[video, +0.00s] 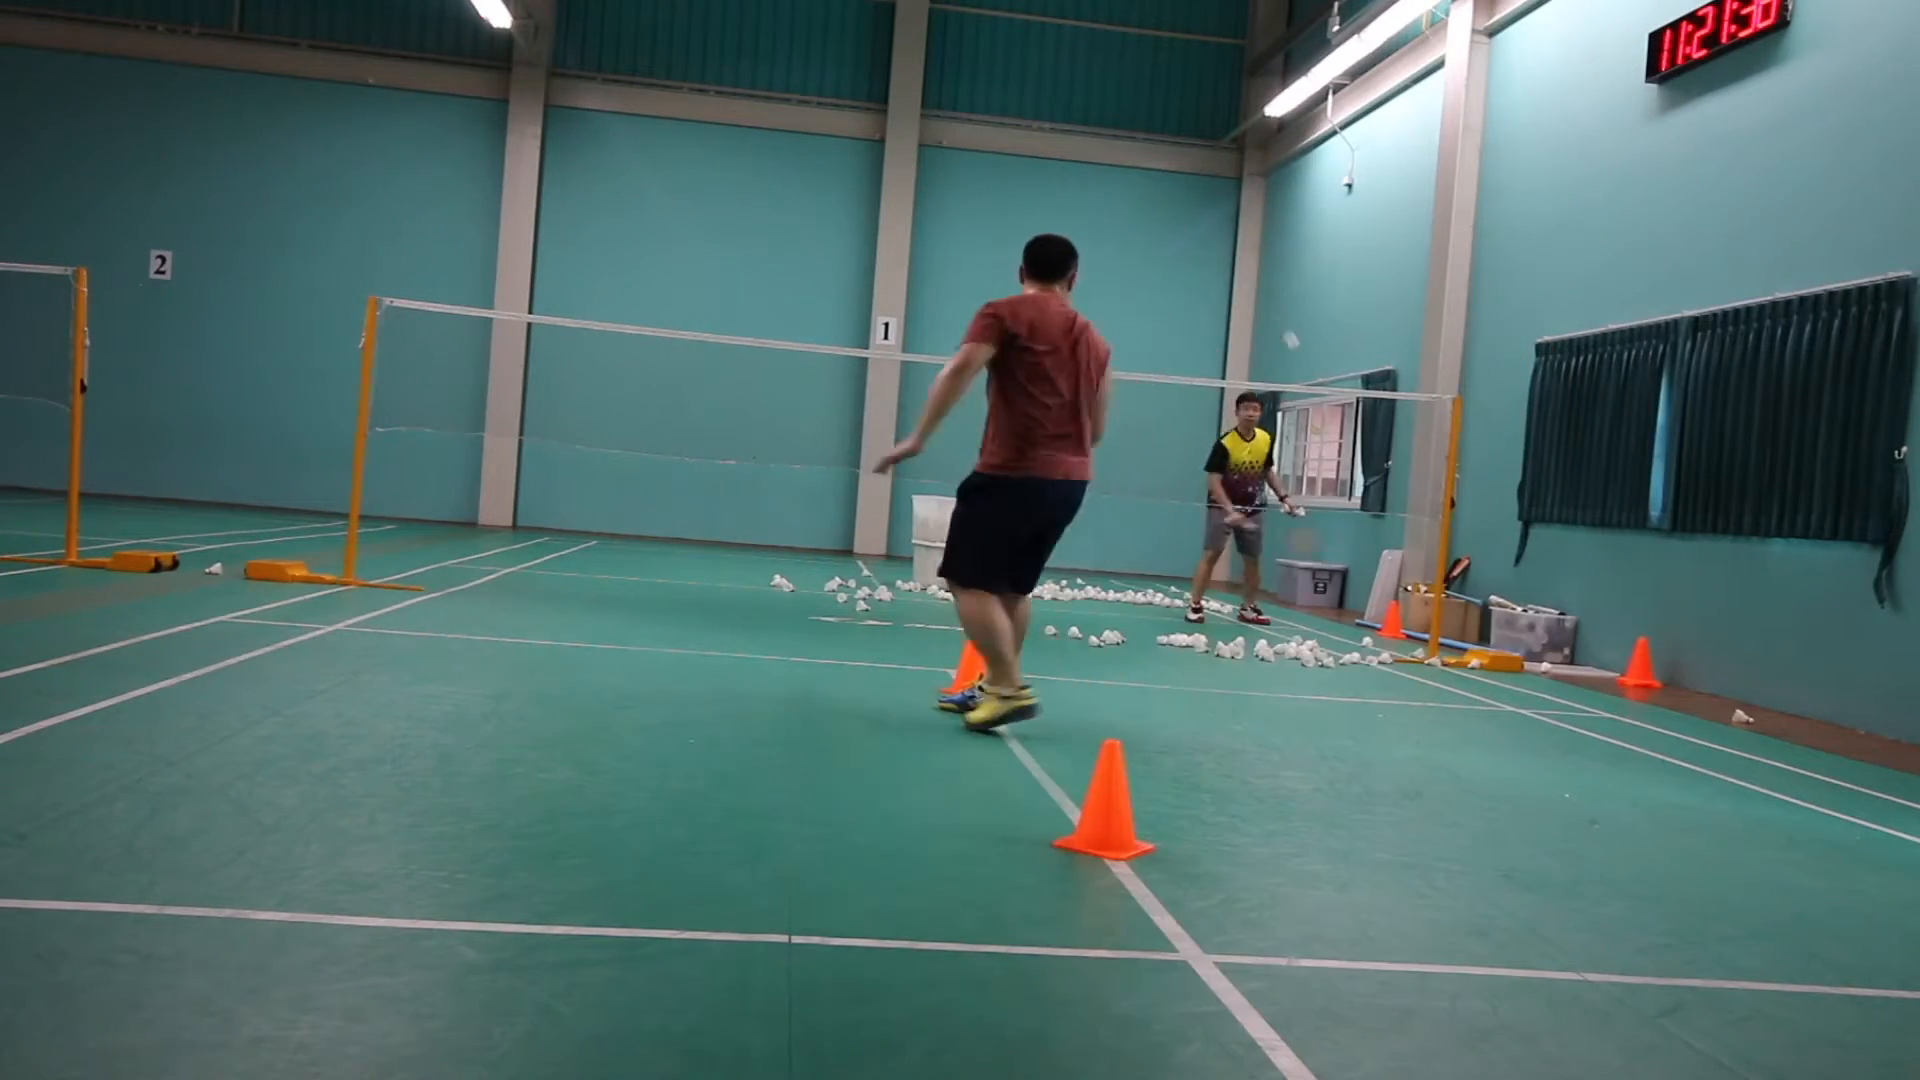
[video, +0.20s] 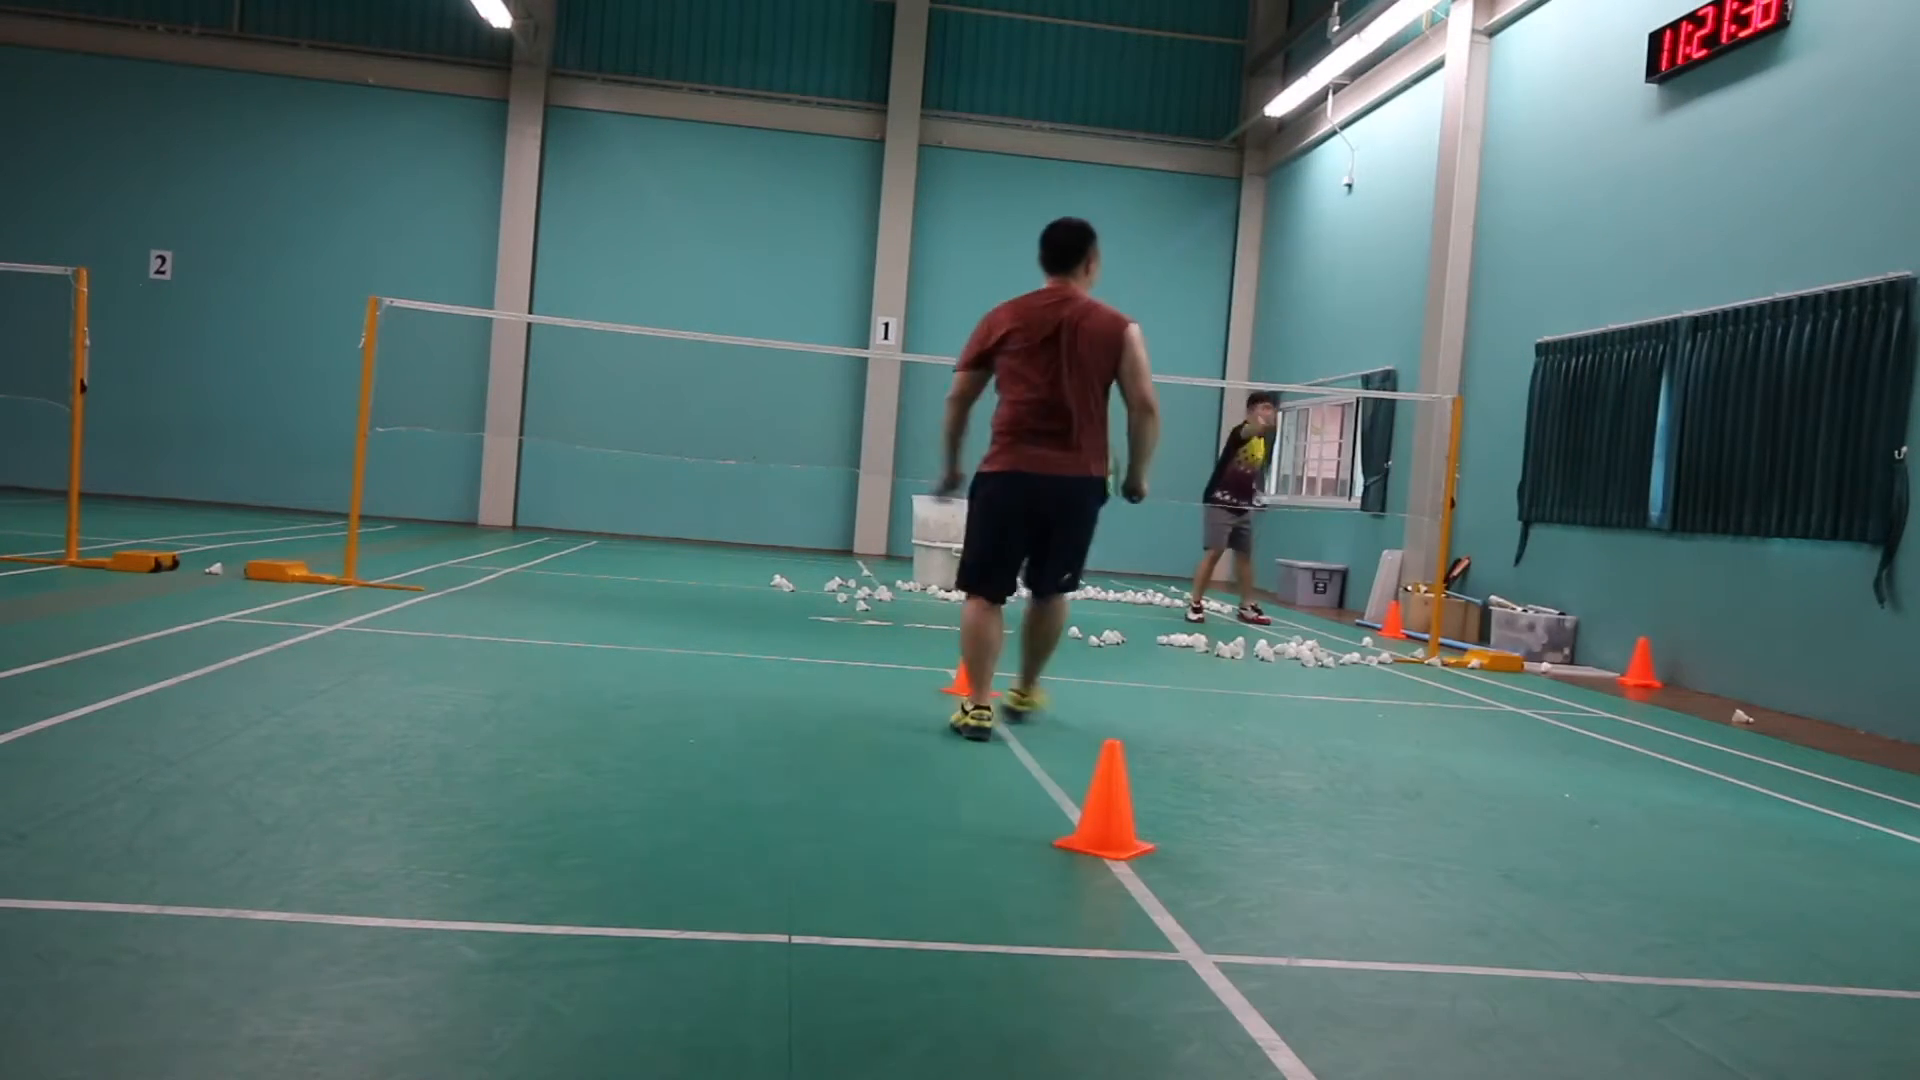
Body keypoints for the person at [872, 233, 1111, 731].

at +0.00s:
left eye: (1023, 276)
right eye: (1073, 278)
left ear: (1023, 274)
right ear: (1072, 279)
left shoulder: (1004, 313)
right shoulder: (1094, 342)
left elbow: (963, 367)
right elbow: (1096, 427)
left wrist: (919, 438)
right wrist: (1068, 454)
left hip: (1010, 474)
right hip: (1068, 480)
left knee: (967, 579)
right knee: (1016, 585)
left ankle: (1009, 687)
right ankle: (995, 688)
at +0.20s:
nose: (1098, 267)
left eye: (1095, 260)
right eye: (1098, 260)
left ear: (1043, 263)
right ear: (1090, 263)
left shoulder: (1004, 317)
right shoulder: (1116, 327)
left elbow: (960, 396)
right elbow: (1143, 405)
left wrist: (951, 465)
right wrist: (1137, 473)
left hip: (1005, 479)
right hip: (1076, 486)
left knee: (985, 592)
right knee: (1051, 588)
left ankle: (978, 706)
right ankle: (1025, 690)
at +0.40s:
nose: (1175, 265)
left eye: (1170, 255)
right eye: (1171, 257)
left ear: (1118, 267)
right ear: (1164, 265)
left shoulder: (1077, 326)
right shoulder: (1171, 334)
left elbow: (1056, 405)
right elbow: (1181, 415)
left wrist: (1091, 443)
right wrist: (1204, 498)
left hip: (1057, 499)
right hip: (1135, 507)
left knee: (1016, 599)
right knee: (1188, 613)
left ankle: (978, 708)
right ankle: (1197, 733)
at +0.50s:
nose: (1255, 252)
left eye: (1250, 243)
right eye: (1251, 245)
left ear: (1195, 263)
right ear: (1241, 258)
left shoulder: (1165, 328)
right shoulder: (1240, 326)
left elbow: (1157, 414)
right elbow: (1248, 411)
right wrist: (1288, 483)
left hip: (1148, 501)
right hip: (1217, 510)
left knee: (1107, 601)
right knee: (1261, 628)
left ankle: (1012, 689)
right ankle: (1204, 748)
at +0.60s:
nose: (1327, 220)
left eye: (1321, 210)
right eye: (1319, 213)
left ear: (1266, 233)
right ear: (1307, 227)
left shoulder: (1248, 291)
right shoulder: (1297, 296)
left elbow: (1236, 384)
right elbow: (1295, 380)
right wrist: (1349, 454)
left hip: (1212, 470)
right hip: (1257, 481)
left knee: (1220, 601)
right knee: (1264, 615)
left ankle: (1137, 688)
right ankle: (1203, 747)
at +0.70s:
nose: (1418, 229)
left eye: (1412, 220)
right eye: (1409, 222)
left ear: (1365, 243)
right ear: (1395, 238)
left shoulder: (1351, 297)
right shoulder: (1376, 303)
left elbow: (1386, 357)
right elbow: (1384, 372)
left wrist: (1453, 336)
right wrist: (1457, 422)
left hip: (1328, 498)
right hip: (1310, 498)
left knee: (1380, 612)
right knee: (1272, 624)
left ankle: (1373, 757)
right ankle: (1201, 748)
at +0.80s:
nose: (1502, 239)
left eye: (1495, 230)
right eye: (1493, 232)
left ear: (1451, 254)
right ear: (1475, 248)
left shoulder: (1460, 309)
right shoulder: (1449, 314)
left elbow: (1488, 304)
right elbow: (1458, 374)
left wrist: (1536, 277)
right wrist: (1562, 376)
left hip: (1438, 519)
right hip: (1398, 515)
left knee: (1479, 637)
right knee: (1369, 648)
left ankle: (1464, 781)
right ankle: (1243, 721)